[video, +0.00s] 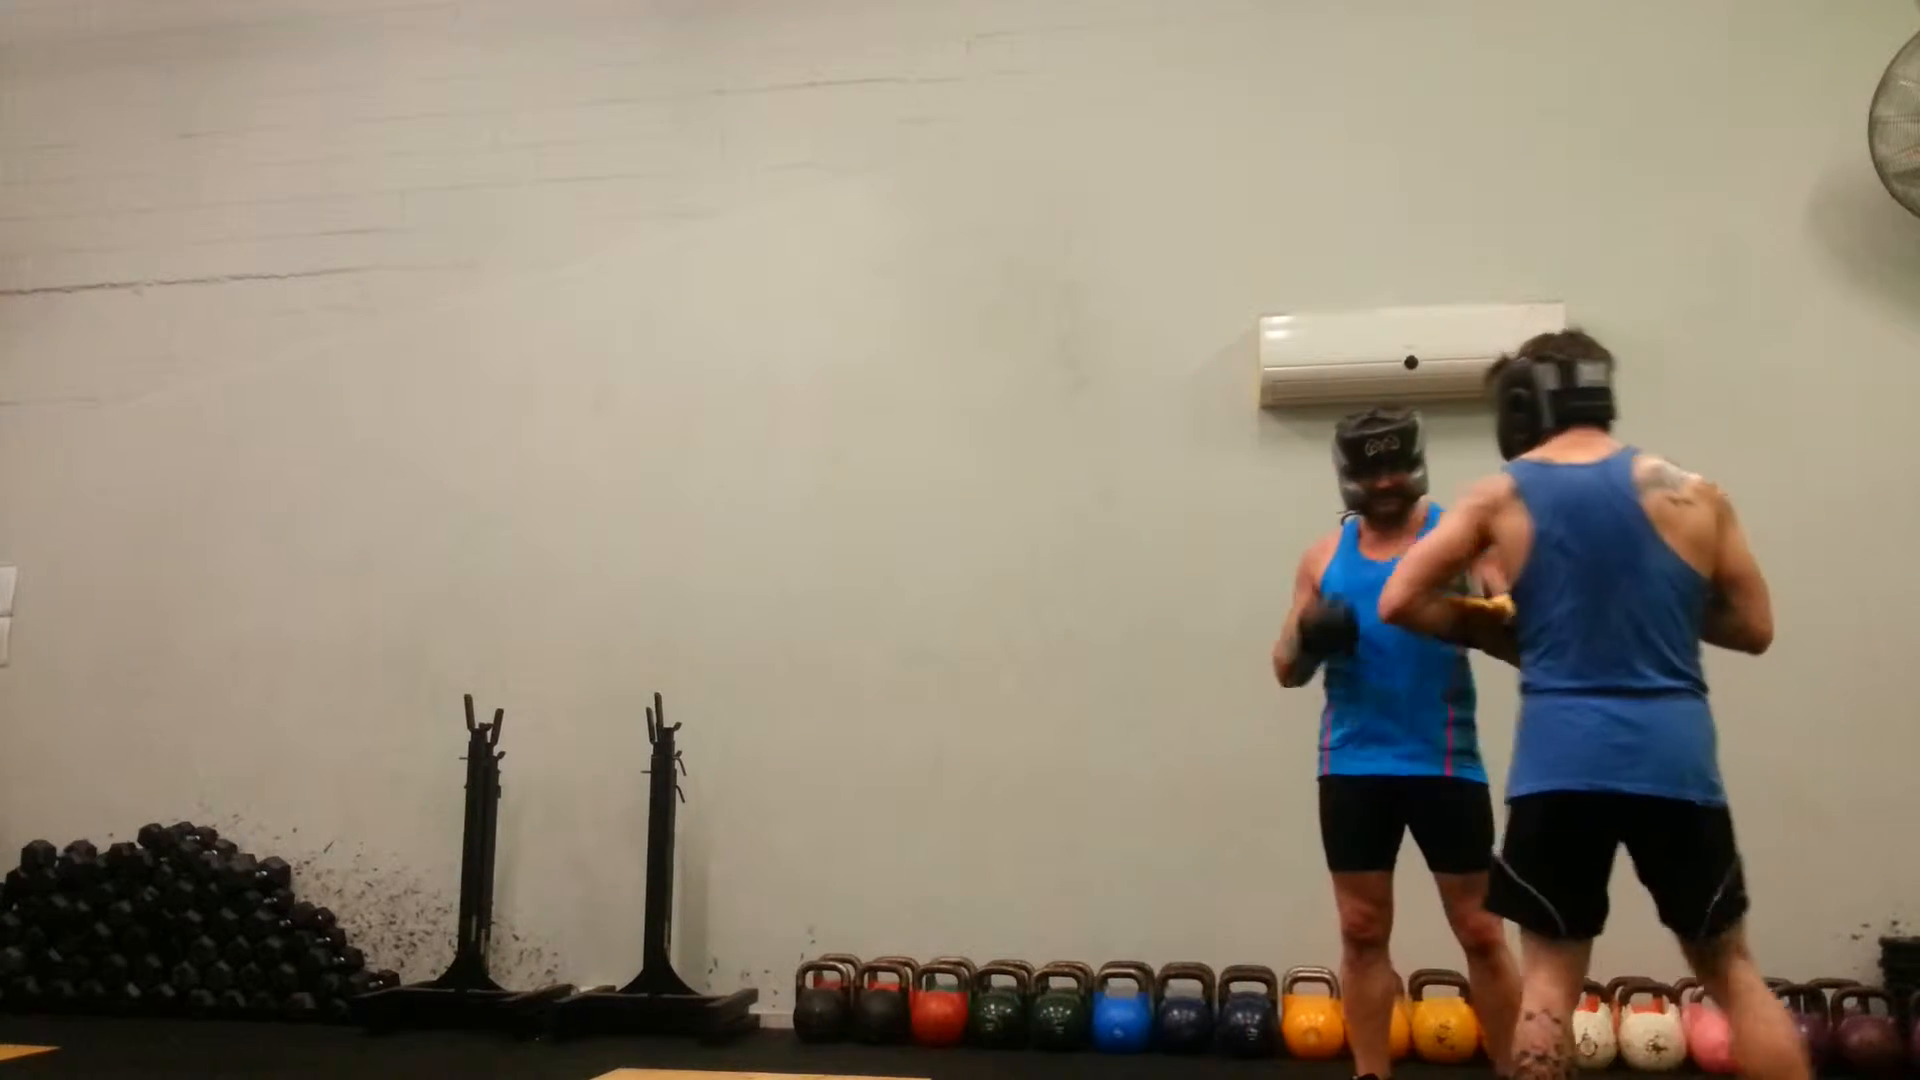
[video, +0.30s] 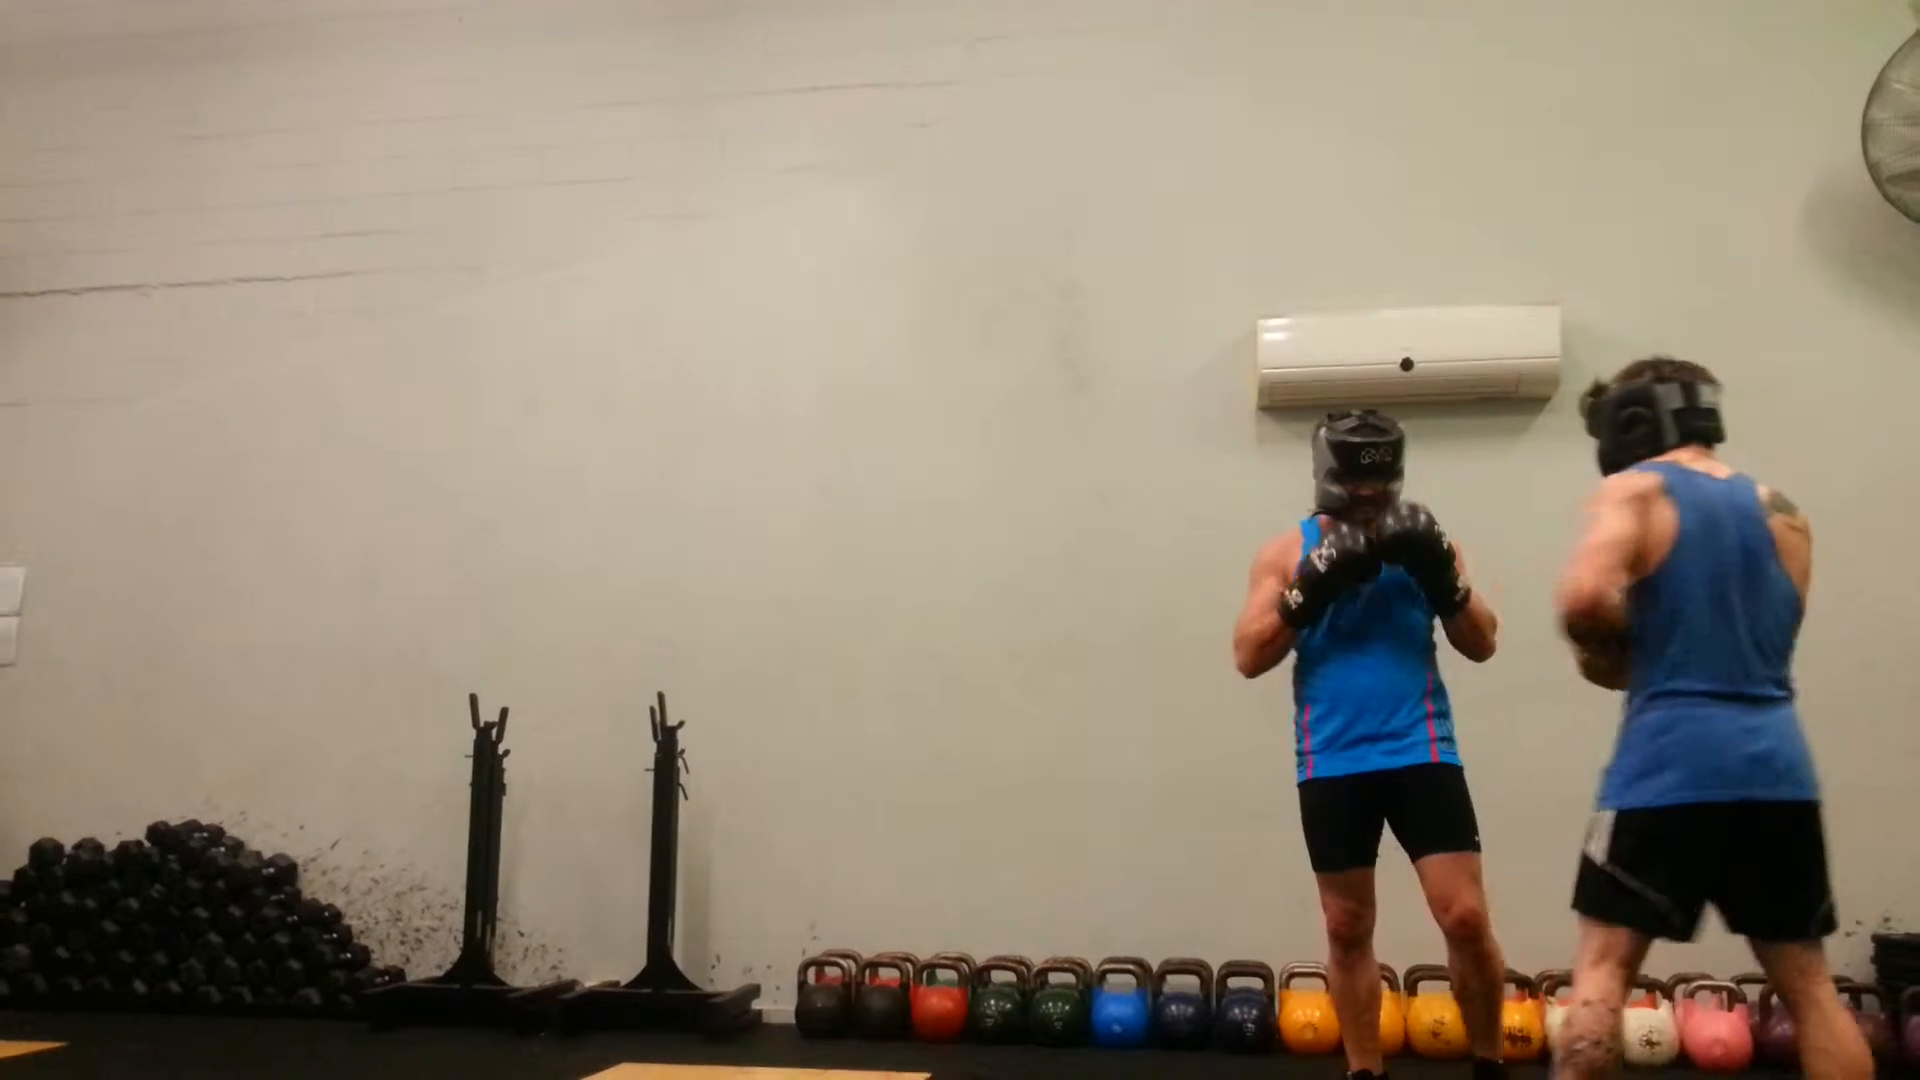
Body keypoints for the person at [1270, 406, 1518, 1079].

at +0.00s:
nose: (1385, 487)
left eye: (1397, 473)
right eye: (1370, 476)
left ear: (1418, 470)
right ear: (1347, 480)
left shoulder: (1457, 537)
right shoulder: (1324, 554)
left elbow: (1522, 632)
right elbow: (1286, 667)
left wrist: (1461, 615)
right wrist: (1310, 635)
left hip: (1446, 764)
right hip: (1354, 766)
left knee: (1481, 932)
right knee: (1362, 930)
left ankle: (1511, 1071)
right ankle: (1371, 1072)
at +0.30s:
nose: (1364, 498)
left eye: (1378, 484)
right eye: (1349, 485)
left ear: (1397, 479)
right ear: (1325, 480)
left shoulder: (1429, 543)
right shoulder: (1289, 550)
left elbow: (1482, 646)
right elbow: (1248, 657)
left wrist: (1435, 573)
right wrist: (1312, 588)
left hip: (1424, 756)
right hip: (1332, 765)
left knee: (1465, 918)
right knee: (1346, 928)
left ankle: (1489, 1064)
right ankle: (1364, 1070)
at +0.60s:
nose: (1376, 486)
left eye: (1388, 472)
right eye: (1361, 471)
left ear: (1400, 473)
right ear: (1327, 468)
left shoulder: (1424, 542)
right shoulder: (1278, 552)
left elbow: (1460, 644)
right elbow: (1241, 663)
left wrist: (1462, 614)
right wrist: (1311, 623)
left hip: (1419, 762)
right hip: (1329, 772)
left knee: (1432, 926)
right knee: (1343, 936)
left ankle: (1414, 1074)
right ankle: (1363, 1070)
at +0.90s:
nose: (1400, 469)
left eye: (1411, 457)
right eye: (1387, 454)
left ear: (1420, 467)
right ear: (1351, 452)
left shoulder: (1431, 536)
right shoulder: (1291, 532)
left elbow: (1502, 619)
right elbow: (1238, 639)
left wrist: (1513, 535)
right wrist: (1311, 592)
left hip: (1413, 764)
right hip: (1320, 765)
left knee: (1418, 929)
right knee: (1308, 933)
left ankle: (1414, 1076)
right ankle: (1312, 1067)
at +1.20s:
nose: (1380, 477)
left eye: (1385, 463)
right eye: (1369, 461)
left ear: (1374, 466)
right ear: (1324, 454)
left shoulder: (1379, 534)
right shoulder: (1249, 526)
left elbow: (1431, 635)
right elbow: (1204, 634)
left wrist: (1468, 571)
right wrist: (1292, 583)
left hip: (1367, 763)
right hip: (1277, 765)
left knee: (1385, 935)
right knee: (1255, 936)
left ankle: (1400, 1075)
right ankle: (1207, 1075)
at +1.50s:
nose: (1312, 491)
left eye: (1318, 477)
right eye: (1305, 475)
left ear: (1280, 461)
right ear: (1268, 456)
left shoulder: (1278, 526)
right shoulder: (1187, 515)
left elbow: (1282, 636)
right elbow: (1144, 621)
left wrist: (1354, 602)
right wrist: (1252, 581)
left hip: (1284, 753)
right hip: (1209, 757)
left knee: (1332, 922)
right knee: (1201, 935)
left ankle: (1325, 1072)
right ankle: (1188, 1076)